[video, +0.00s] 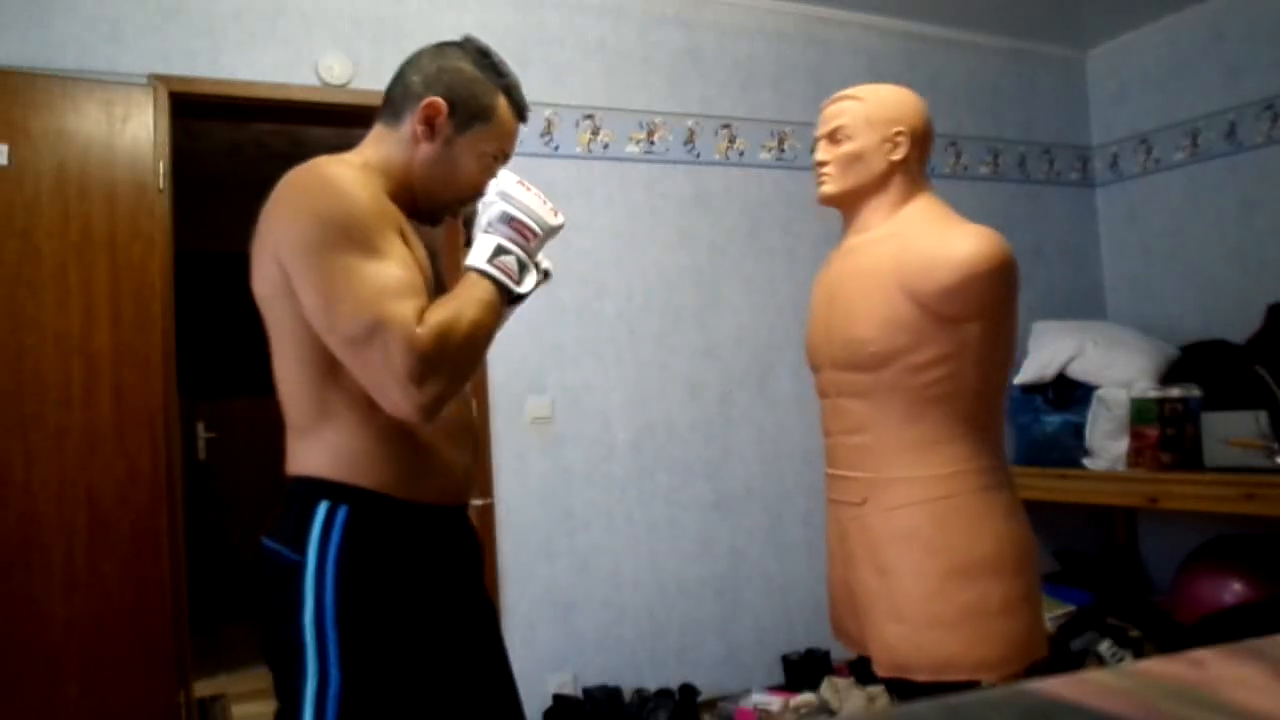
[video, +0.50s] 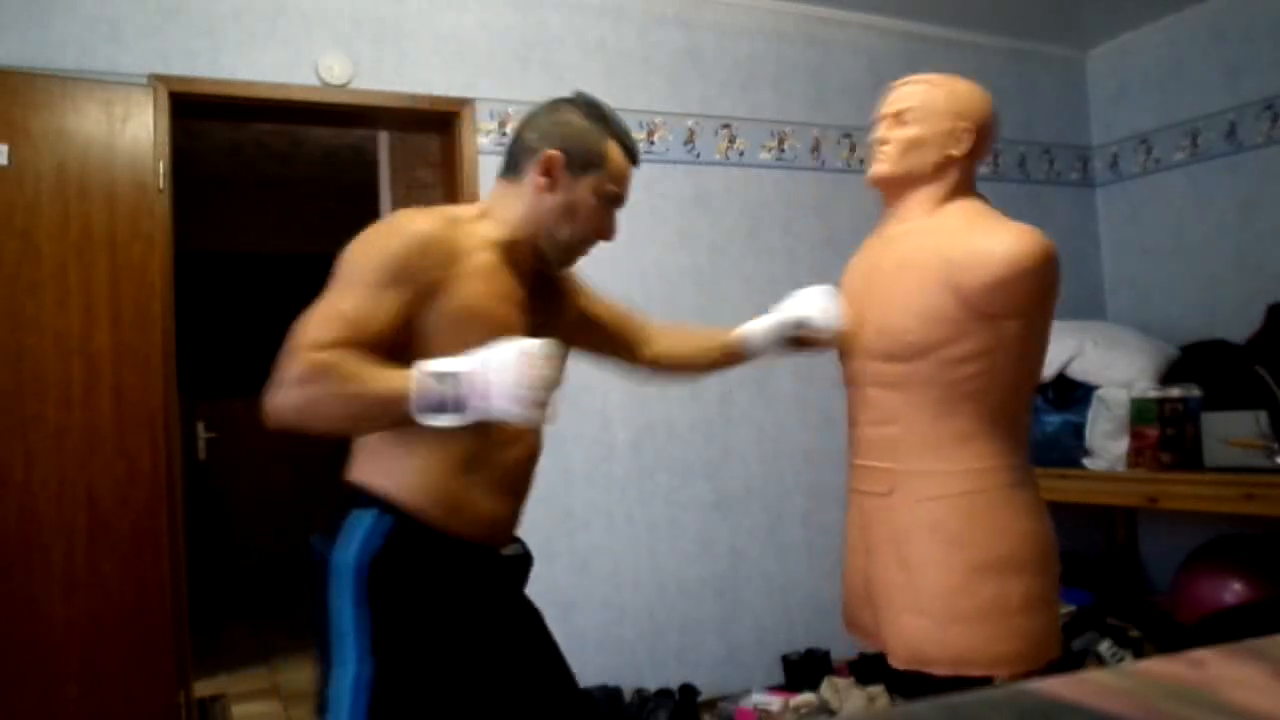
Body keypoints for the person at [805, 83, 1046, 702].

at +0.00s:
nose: (817, 154)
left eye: (836, 138)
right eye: (817, 141)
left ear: (896, 147)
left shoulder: (960, 258)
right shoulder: (841, 262)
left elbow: (974, 424)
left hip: (943, 544)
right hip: (863, 542)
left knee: (969, 709)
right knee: (891, 703)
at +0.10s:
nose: (826, 152)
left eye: (844, 137)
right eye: (826, 140)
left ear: (904, 147)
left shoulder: (968, 258)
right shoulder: (843, 264)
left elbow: (979, 423)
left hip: (948, 544)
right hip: (866, 542)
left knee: (972, 708)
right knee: (892, 701)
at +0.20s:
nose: (804, 157)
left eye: (823, 140)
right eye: (805, 143)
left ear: (883, 148)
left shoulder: (948, 259)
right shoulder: (832, 263)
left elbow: (966, 429)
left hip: (936, 543)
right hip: (856, 543)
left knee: (963, 709)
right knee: (885, 703)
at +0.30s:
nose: (810, 157)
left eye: (828, 139)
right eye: (810, 142)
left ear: (888, 148)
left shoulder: (954, 259)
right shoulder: (833, 264)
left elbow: (969, 427)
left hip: (939, 541)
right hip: (857, 541)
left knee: (965, 710)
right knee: (884, 703)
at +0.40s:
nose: (821, 155)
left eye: (839, 139)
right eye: (820, 142)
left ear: (899, 147)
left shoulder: (964, 257)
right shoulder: (841, 264)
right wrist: (685, 335)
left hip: (946, 538)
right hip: (864, 535)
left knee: (967, 704)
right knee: (889, 698)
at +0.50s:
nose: (878, 133)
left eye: (900, 120)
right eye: (879, 122)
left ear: (959, 141)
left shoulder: (1007, 254)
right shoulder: (869, 256)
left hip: (966, 538)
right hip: (882, 531)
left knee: (985, 717)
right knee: (908, 711)